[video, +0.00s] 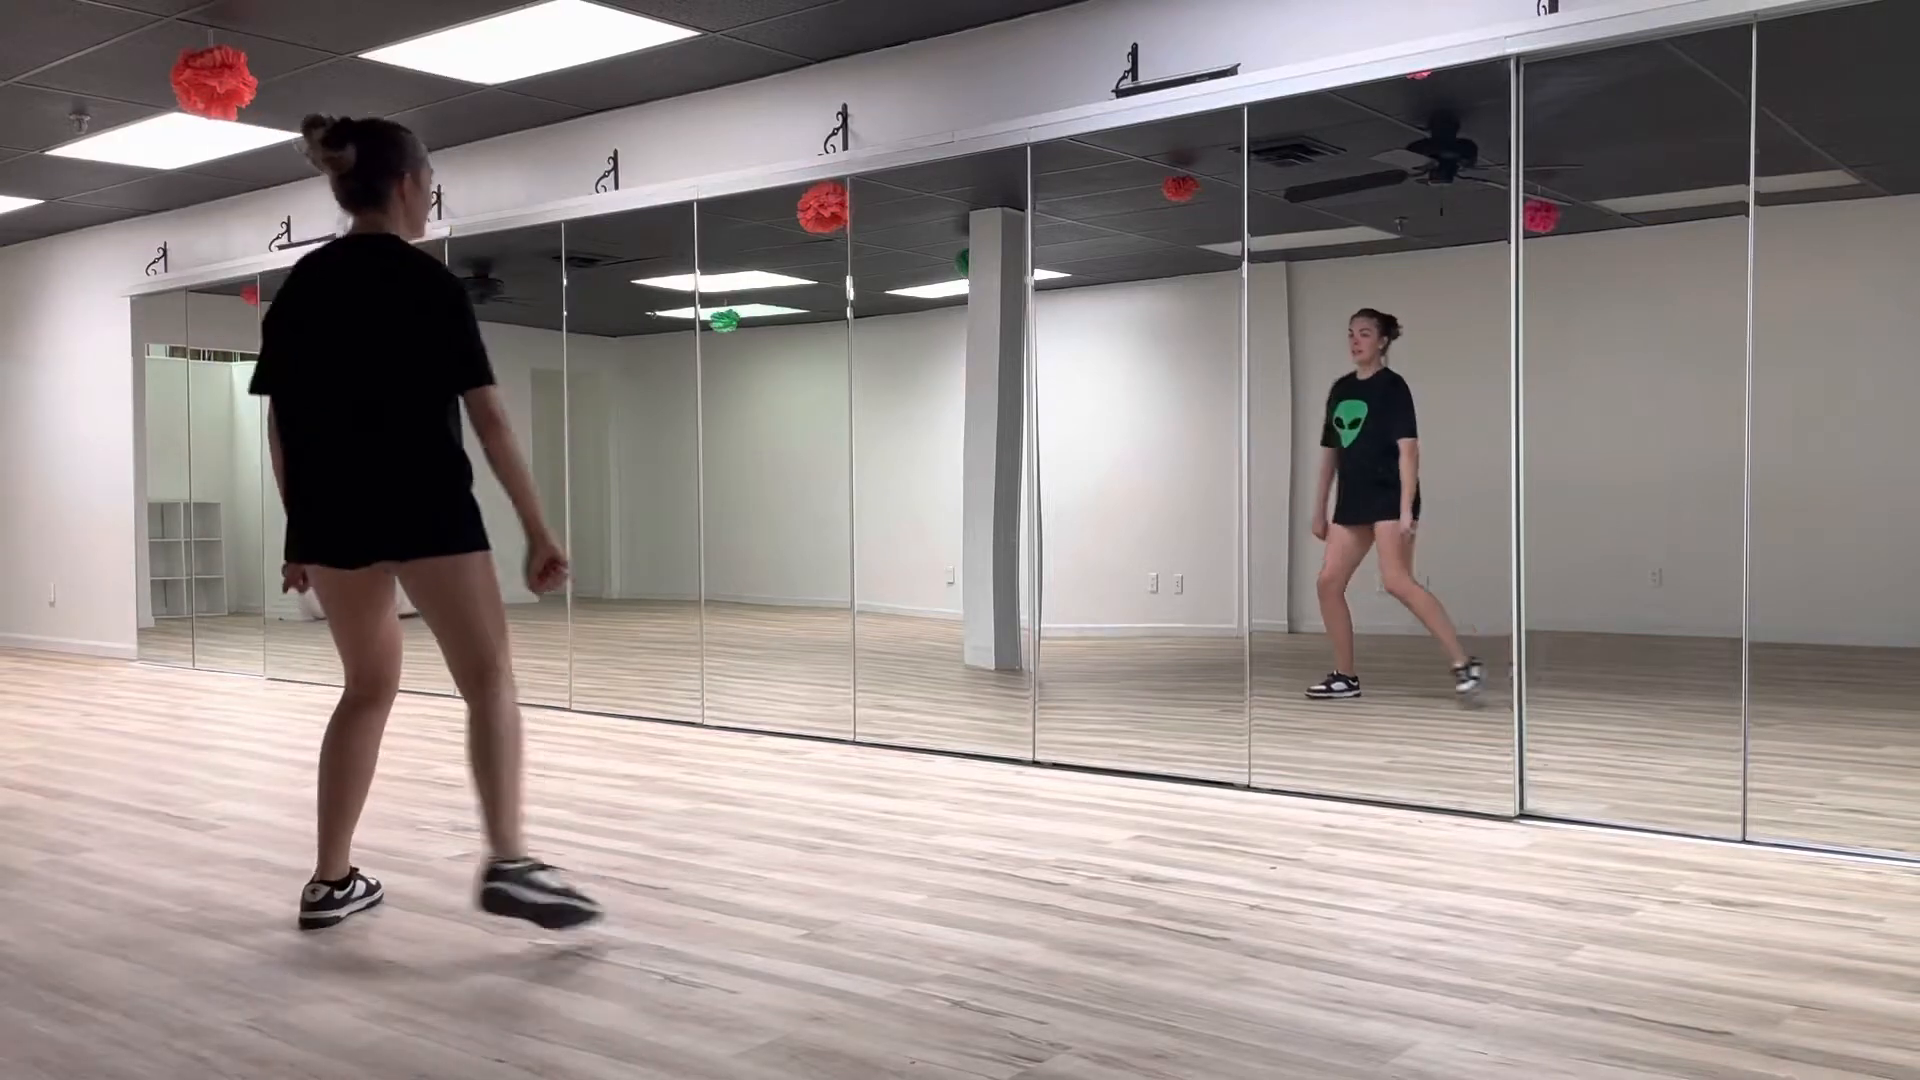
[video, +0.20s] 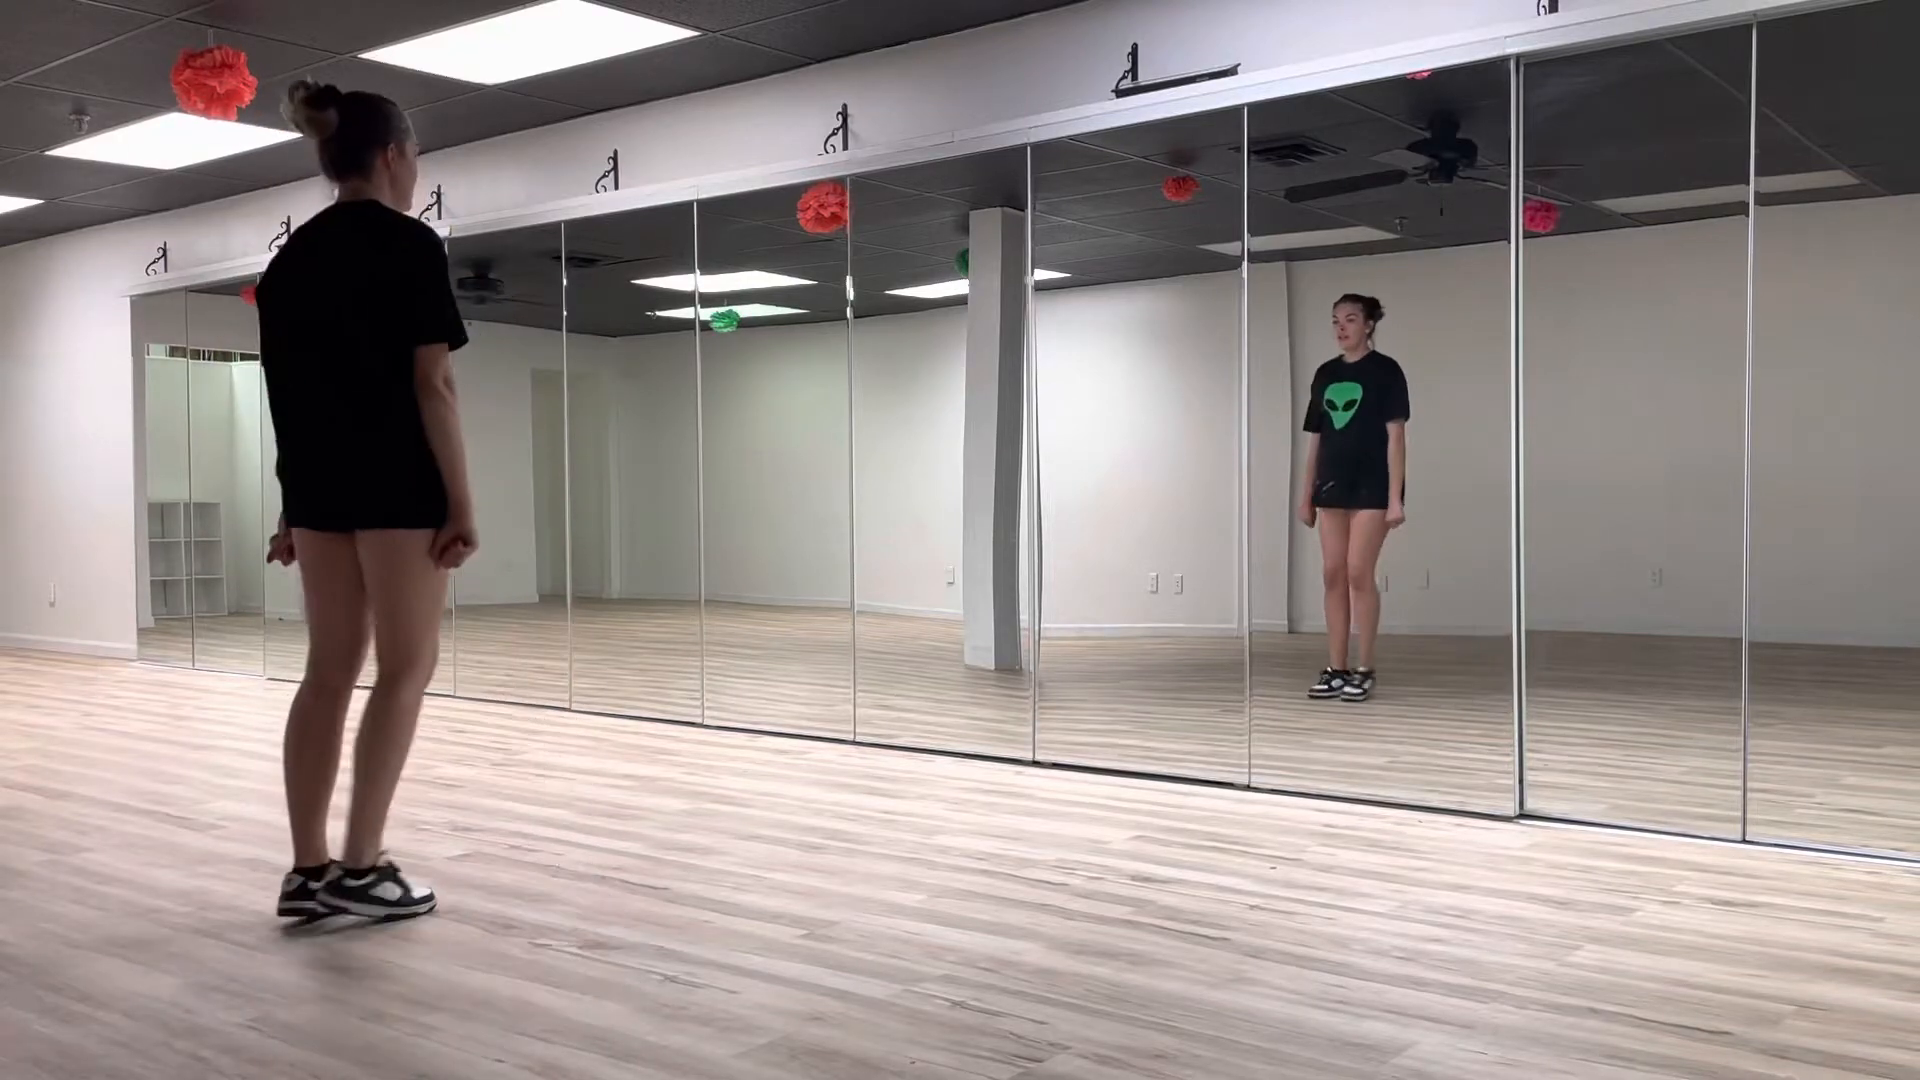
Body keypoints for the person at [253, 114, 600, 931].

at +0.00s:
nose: (432, 203)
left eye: (431, 189)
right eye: (428, 188)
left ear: (347, 192)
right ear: (404, 187)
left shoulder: (297, 286)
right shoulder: (429, 281)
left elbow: (279, 427)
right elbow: (488, 416)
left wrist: (298, 534)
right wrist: (537, 527)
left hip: (327, 515)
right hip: (427, 505)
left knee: (366, 685)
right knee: (487, 679)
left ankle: (330, 878)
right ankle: (509, 858)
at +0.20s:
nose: (417, 172)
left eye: (414, 158)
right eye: (415, 157)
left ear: (335, 164)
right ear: (393, 156)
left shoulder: (285, 262)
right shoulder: (413, 245)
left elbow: (287, 397)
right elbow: (435, 383)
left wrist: (292, 506)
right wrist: (462, 504)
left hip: (314, 482)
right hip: (401, 480)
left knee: (328, 665)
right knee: (406, 667)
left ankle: (308, 868)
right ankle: (362, 863)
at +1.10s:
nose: (373, 253)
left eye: (371, 240)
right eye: (363, 239)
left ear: (327, 247)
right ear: (321, 244)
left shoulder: (346, 326)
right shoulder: (260, 312)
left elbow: (345, 409)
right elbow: (183, 286)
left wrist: (377, 369)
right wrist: (281, 293)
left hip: (339, 533)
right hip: (281, 533)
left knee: (290, 695)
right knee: (396, 673)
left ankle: (197, 822)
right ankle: (348, 873)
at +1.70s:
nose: (414, 187)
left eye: (410, 170)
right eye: (407, 171)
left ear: (348, 181)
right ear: (375, 178)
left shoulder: (329, 259)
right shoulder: (367, 262)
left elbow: (334, 392)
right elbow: (400, 392)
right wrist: (447, 509)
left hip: (309, 491)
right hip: (350, 495)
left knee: (342, 669)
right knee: (395, 672)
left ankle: (252, 830)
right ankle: (347, 874)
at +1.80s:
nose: (420, 173)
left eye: (416, 158)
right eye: (414, 158)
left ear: (347, 164)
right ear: (385, 160)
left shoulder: (325, 248)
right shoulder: (385, 247)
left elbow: (314, 386)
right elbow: (414, 384)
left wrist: (307, 510)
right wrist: (453, 500)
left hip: (309, 476)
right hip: (365, 479)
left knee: (344, 662)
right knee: (383, 661)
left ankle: (296, 846)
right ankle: (351, 869)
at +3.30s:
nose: (454, 183)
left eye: (450, 169)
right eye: (446, 170)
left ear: (381, 182)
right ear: (416, 176)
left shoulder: (356, 265)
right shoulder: (439, 255)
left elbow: (509, 337)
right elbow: (523, 352)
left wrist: (622, 362)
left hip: (375, 492)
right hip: (453, 492)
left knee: (386, 682)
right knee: (523, 681)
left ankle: (335, 876)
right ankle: (549, 858)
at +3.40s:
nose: (464, 183)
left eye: (460, 168)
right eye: (456, 169)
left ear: (388, 177)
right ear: (423, 173)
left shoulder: (363, 259)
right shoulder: (439, 249)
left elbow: (487, 352)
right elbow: (513, 363)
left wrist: (588, 399)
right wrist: (585, 446)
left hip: (370, 478)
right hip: (443, 479)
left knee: (391, 677)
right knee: (529, 670)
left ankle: (336, 876)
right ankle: (549, 859)